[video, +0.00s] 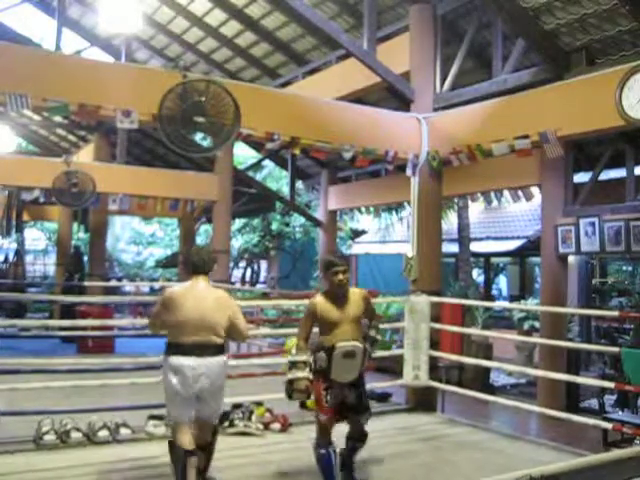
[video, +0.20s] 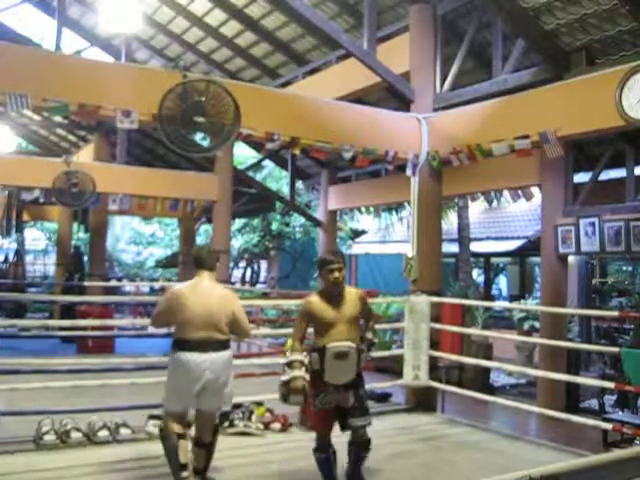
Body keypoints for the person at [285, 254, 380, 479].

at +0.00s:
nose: (342, 278)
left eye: (345, 273)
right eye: (336, 274)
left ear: (349, 274)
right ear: (326, 277)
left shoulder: (361, 297)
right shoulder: (317, 304)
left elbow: (374, 319)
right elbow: (302, 338)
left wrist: (369, 339)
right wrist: (302, 371)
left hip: (355, 368)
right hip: (327, 369)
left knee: (359, 428)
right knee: (324, 427)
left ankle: (348, 462)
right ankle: (328, 473)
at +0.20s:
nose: (337, 276)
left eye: (340, 271)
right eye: (331, 272)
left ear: (345, 272)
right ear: (321, 276)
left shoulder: (357, 296)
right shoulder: (311, 304)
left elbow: (370, 318)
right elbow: (296, 340)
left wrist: (366, 339)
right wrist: (297, 372)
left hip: (352, 367)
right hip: (323, 369)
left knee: (361, 435)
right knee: (322, 436)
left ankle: (354, 473)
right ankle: (329, 475)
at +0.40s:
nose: (336, 276)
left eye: (340, 271)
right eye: (330, 272)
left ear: (345, 273)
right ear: (321, 275)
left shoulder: (357, 299)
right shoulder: (309, 303)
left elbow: (377, 314)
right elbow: (291, 336)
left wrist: (373, 340)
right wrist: (289, 367)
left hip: (349, 367)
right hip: (318, 369)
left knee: (350, 437)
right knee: (321, 436)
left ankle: (353, 474)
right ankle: (329, 476)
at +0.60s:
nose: (331, 274)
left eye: (336, 269)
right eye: (326, 270)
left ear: (345, 272)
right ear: (320, 273)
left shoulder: (359, 303)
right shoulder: (308, 304)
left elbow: (385, 328)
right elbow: (290, 334)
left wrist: (381, 356)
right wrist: (287, 361)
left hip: (347, 372)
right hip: (314, 373)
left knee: (347, 442)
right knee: (311, 448)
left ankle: (350, 474)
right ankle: (326, 476)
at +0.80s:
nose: (321, 273)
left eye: (327, 268)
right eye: (318, 268)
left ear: (340, 270)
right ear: (313, 271)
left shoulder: (356, 304)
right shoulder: (304, 302)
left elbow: (379, 338)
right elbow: (292, 329)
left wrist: (353, 363)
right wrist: (293, 359)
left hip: (340, 387)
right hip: (307, 385)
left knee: (344, 453)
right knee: (289, 447)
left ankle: (347, 475)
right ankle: (300, 475)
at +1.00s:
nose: (299, 276)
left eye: (305, 270)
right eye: (297, 271)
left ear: (321, 273)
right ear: (295, 275)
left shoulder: (339, 303)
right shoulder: (295, 304)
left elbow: (352, 339)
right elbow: (293, 338)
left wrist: (325, 349)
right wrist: (293, 355)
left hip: (328, 381)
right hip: (298, 380)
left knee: (336, 452)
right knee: (281, 446)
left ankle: (343, 470)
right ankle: (278, 472)